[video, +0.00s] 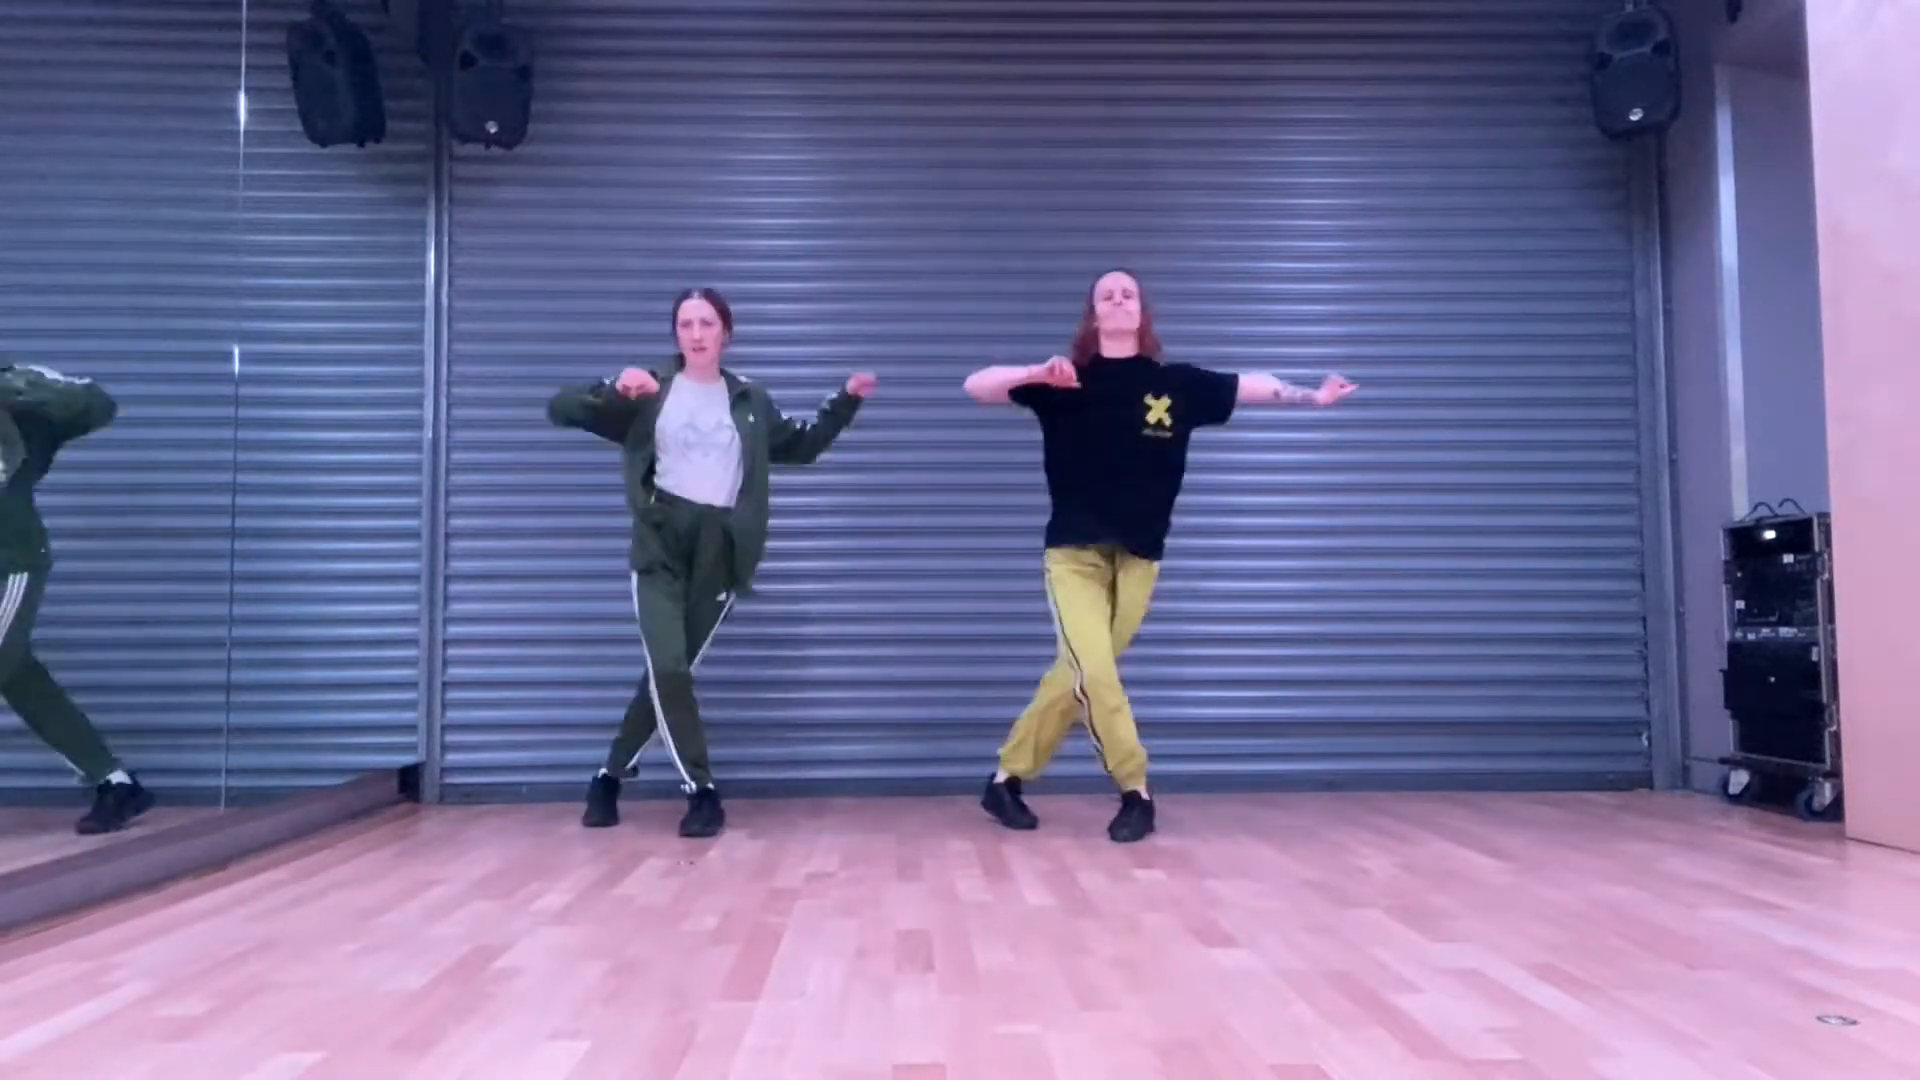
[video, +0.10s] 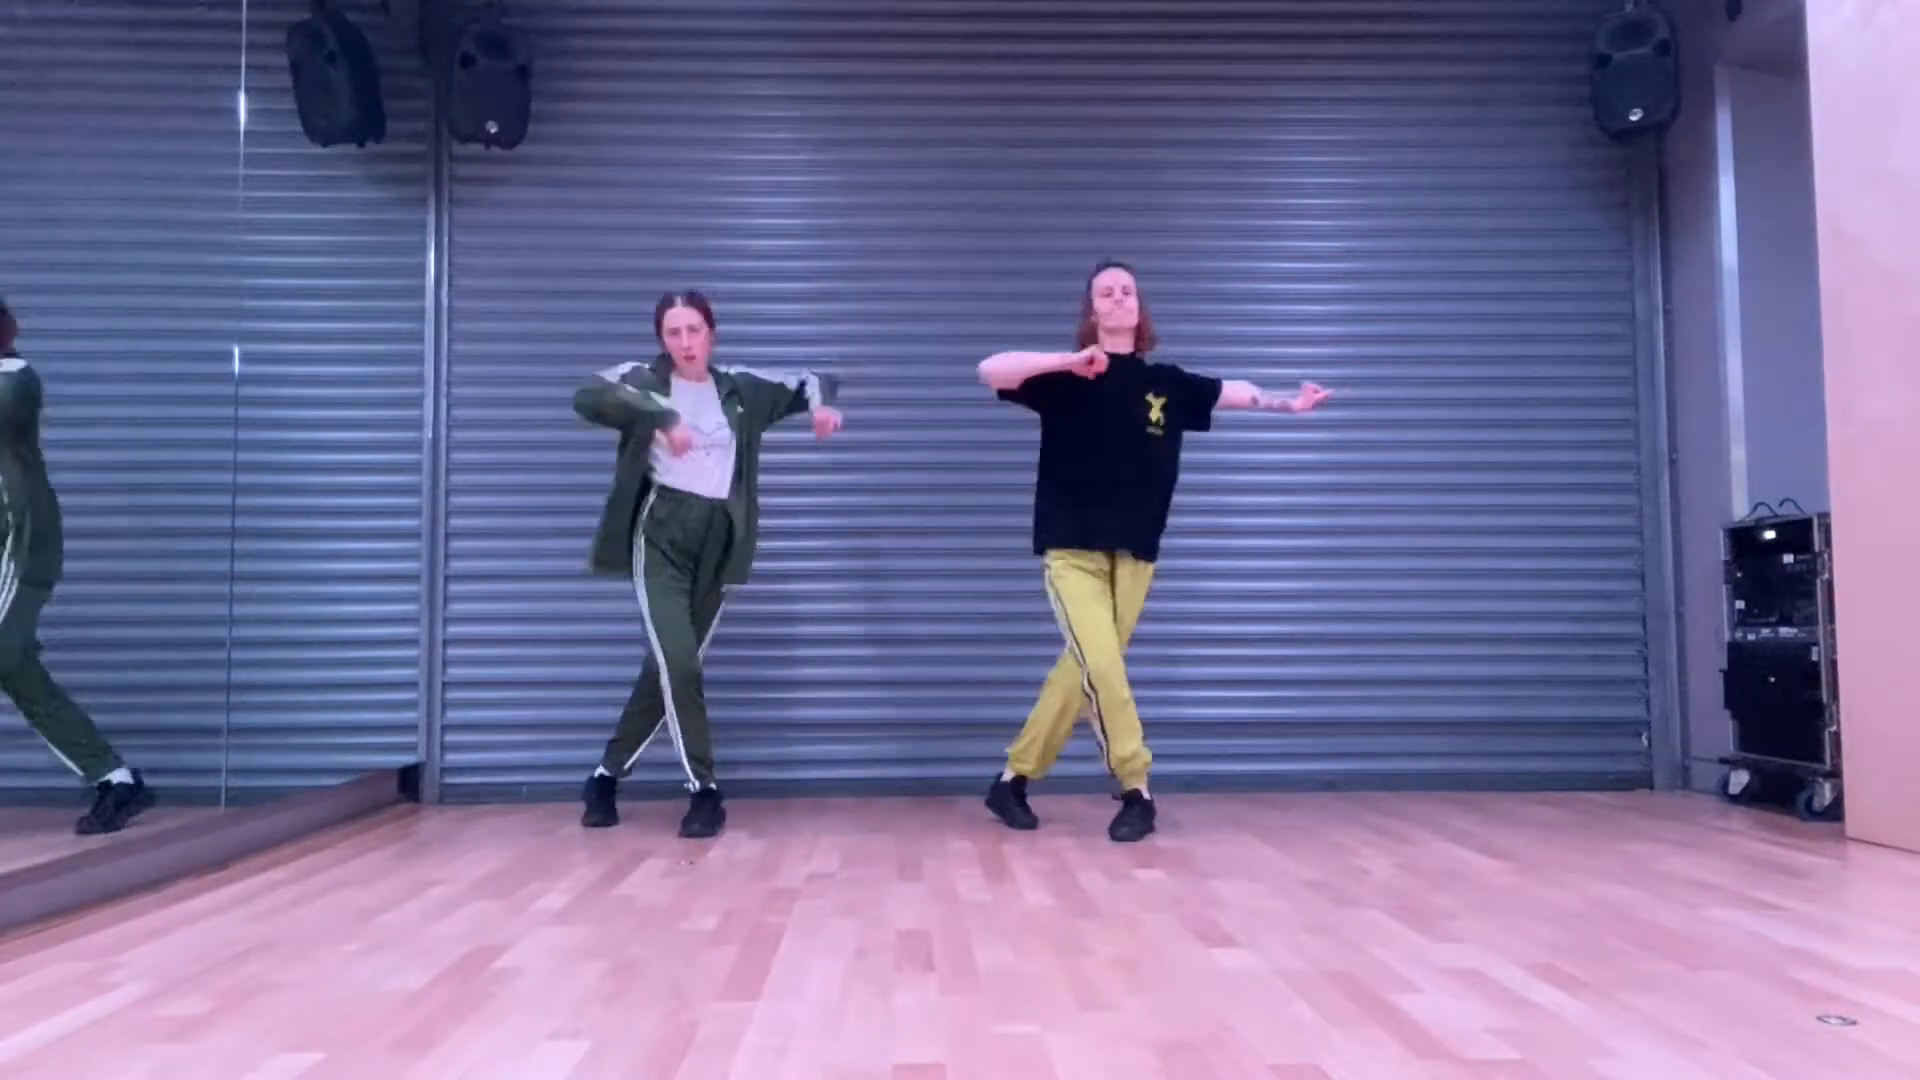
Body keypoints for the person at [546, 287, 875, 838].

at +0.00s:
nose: (697, 332)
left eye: (706, 323)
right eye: (687, 324)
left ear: (725, 332)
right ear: (676, 333)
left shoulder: (750, 400)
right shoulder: (647, 396)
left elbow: (799, 446)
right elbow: (560, 409)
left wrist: (847, 400)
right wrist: (612, 390)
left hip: (721, 545)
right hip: (658, 537)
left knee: (670, 670)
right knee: (667, 668)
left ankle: (609, 777)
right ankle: (701, 793)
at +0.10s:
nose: (685, 341)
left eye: (694, 329)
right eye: (675, 332)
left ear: (711, 334)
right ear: (662, 340)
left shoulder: (742, 389)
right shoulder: (643, 381)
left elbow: (811, 385)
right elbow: (588, 398)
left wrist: (821, 404)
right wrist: (660, 421)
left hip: (720, 545)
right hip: (658, 539)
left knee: (669, 668)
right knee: (679, 662)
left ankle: (605, 777)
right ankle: (704, 792)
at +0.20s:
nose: (707, 363)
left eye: (711, 351)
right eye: (694, 356)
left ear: (717, 343)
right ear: (670, 356)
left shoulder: (723, 377)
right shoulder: (659, 398)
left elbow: (782, 401)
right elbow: (680, 449)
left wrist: (796, 464)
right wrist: (732, 492)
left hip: (704, 542)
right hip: (659, 538)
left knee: (668, 665)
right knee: (693, 660)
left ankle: (589, 774)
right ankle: (705, 791)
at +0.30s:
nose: (740, 396)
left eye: (746, 388)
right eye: (739, 386)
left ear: (718, 365)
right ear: (715, 368)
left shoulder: (697, 394)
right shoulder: (672, 394)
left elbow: (738, 478)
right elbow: (714, 481)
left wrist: (742, 547)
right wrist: (744, 536)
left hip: (665, 542)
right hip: (662, 543)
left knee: (653, 666)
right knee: (708, 658)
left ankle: (577, 775)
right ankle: (712, 790)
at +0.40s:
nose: (744, 415)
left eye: (749, 408)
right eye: (748, 407)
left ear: (726, 363)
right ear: (743, 386)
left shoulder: (660, 382)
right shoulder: (712, 403)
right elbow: (733, 493)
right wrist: (730, 560)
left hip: (609, 546)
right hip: (664, 545)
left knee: (638, 660)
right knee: (723, 661)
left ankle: (580, 781)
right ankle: (714, 790)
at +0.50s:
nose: (734, 388)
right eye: (734, 380)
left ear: (683, 361)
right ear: (729, 375)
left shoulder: (636, 390)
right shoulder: (738, 412)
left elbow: (605, 469)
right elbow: (765, 496)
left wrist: (606, 519)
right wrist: (729, 536)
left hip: (617, 546)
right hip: (686, 553)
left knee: (614, 666)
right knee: (709, 672)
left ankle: (602, 784)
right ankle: (706, 792)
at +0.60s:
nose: (641, 363)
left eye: (643, 354)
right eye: (644, 355)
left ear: (655, 351)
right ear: (697, 349)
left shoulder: (644, 384)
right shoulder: (734, 405)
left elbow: (603, 468)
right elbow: (762, 481)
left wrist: (582, 543)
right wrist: (709, 497)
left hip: (638, 550)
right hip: (704, 557)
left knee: (603, 670)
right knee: (686, 675)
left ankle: (602, 793)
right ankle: (702, 790)